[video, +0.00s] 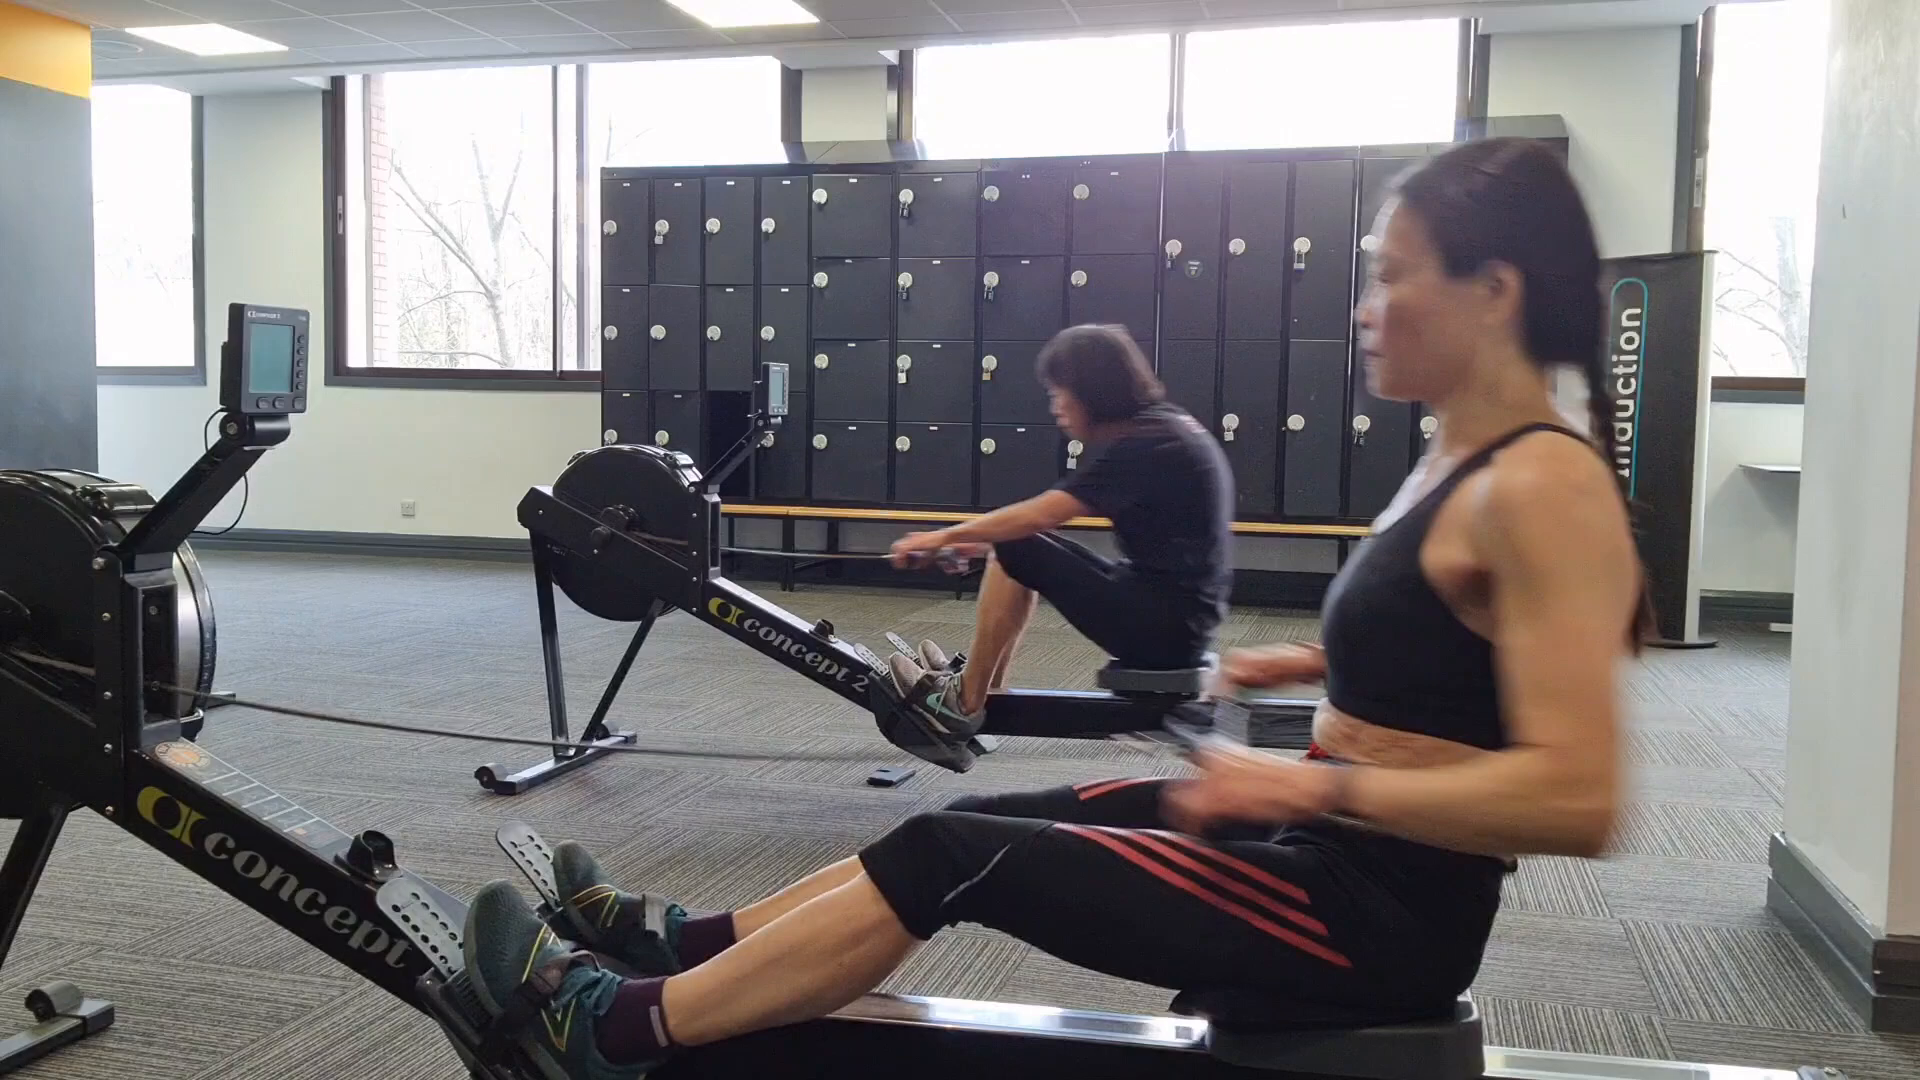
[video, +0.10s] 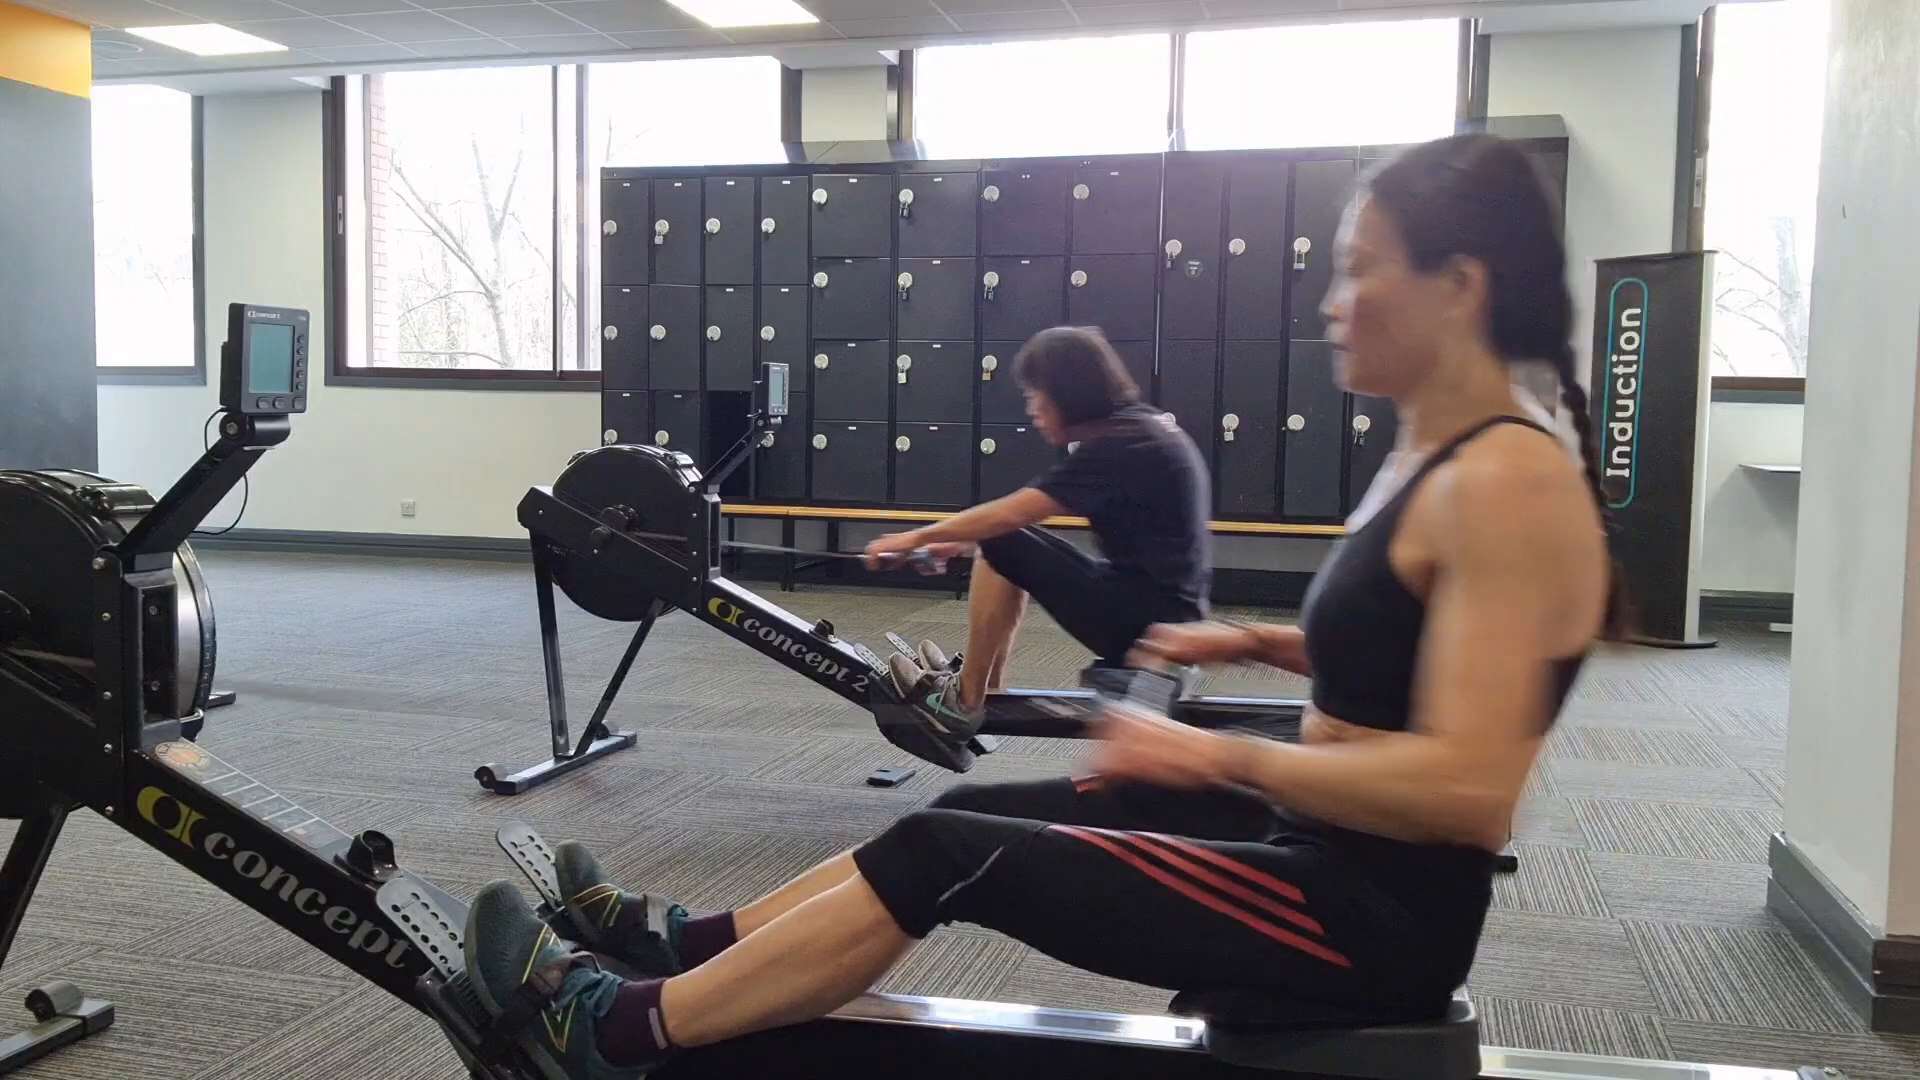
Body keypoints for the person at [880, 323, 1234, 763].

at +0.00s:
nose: (1055, 410)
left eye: (1059, 396)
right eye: (1053, 398)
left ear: (1093, 390)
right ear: (1116, 385)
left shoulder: (1146, 443)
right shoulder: (1170, 429)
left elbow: (1040, 515)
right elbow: (1052, 514)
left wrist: (940, 537)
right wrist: (981, 540)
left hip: (1165, 633)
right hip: (1181, 622)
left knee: (1017, 549)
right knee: (1026, 541)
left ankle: (966, 702)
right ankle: (985, 687)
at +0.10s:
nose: (1030, 412)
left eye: (1034, 397)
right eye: (1028, 399)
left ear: (1068, 392)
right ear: (1091, 386)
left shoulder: (1112, 447)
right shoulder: (1147, 428)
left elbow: (1013, 514)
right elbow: (1032, 514)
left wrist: (913, 537)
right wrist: (969, 545)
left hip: (1148, 628)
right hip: (1174, 618)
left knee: (1000, 544)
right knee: (1018, 538)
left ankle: (966, 700)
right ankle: (986, 683)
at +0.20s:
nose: (996, 413)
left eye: (1000, 398)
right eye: (994, 400)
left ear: (1034, 394)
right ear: (1059, 387)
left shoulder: (1082, 445)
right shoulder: (1113, 430)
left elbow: (974, 510)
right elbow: (1005, 506)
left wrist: (873, 539)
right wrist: (931, 541)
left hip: (1118, 620)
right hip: (1145, 612)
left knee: (977, 540)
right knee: (993, 532)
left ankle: (974, 681)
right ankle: (984, 676)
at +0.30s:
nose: (965, 416)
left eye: (969, 402)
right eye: (964, 403)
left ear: (1001, 397)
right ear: (1027, 390)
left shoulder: (1049, 444)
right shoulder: (1076, 430)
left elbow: (935, 511)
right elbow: (975, 505)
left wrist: (836, 541)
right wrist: (899, 542)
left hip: (1099, 615)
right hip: (1118, 606)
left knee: (960, 536)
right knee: (971, 527)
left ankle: (973, 675)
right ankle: (984, 671)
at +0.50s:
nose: (923, 418)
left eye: (927, 403)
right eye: (922, 404)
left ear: (957, 402)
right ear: (989, 391)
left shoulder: (996, 445)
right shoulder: (1024, 431)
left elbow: (887, 506)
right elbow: (905, 508)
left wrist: (788, 530)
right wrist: (843, 534)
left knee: (930, 536)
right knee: (933, 528)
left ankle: (974, 686)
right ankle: (983, 679)